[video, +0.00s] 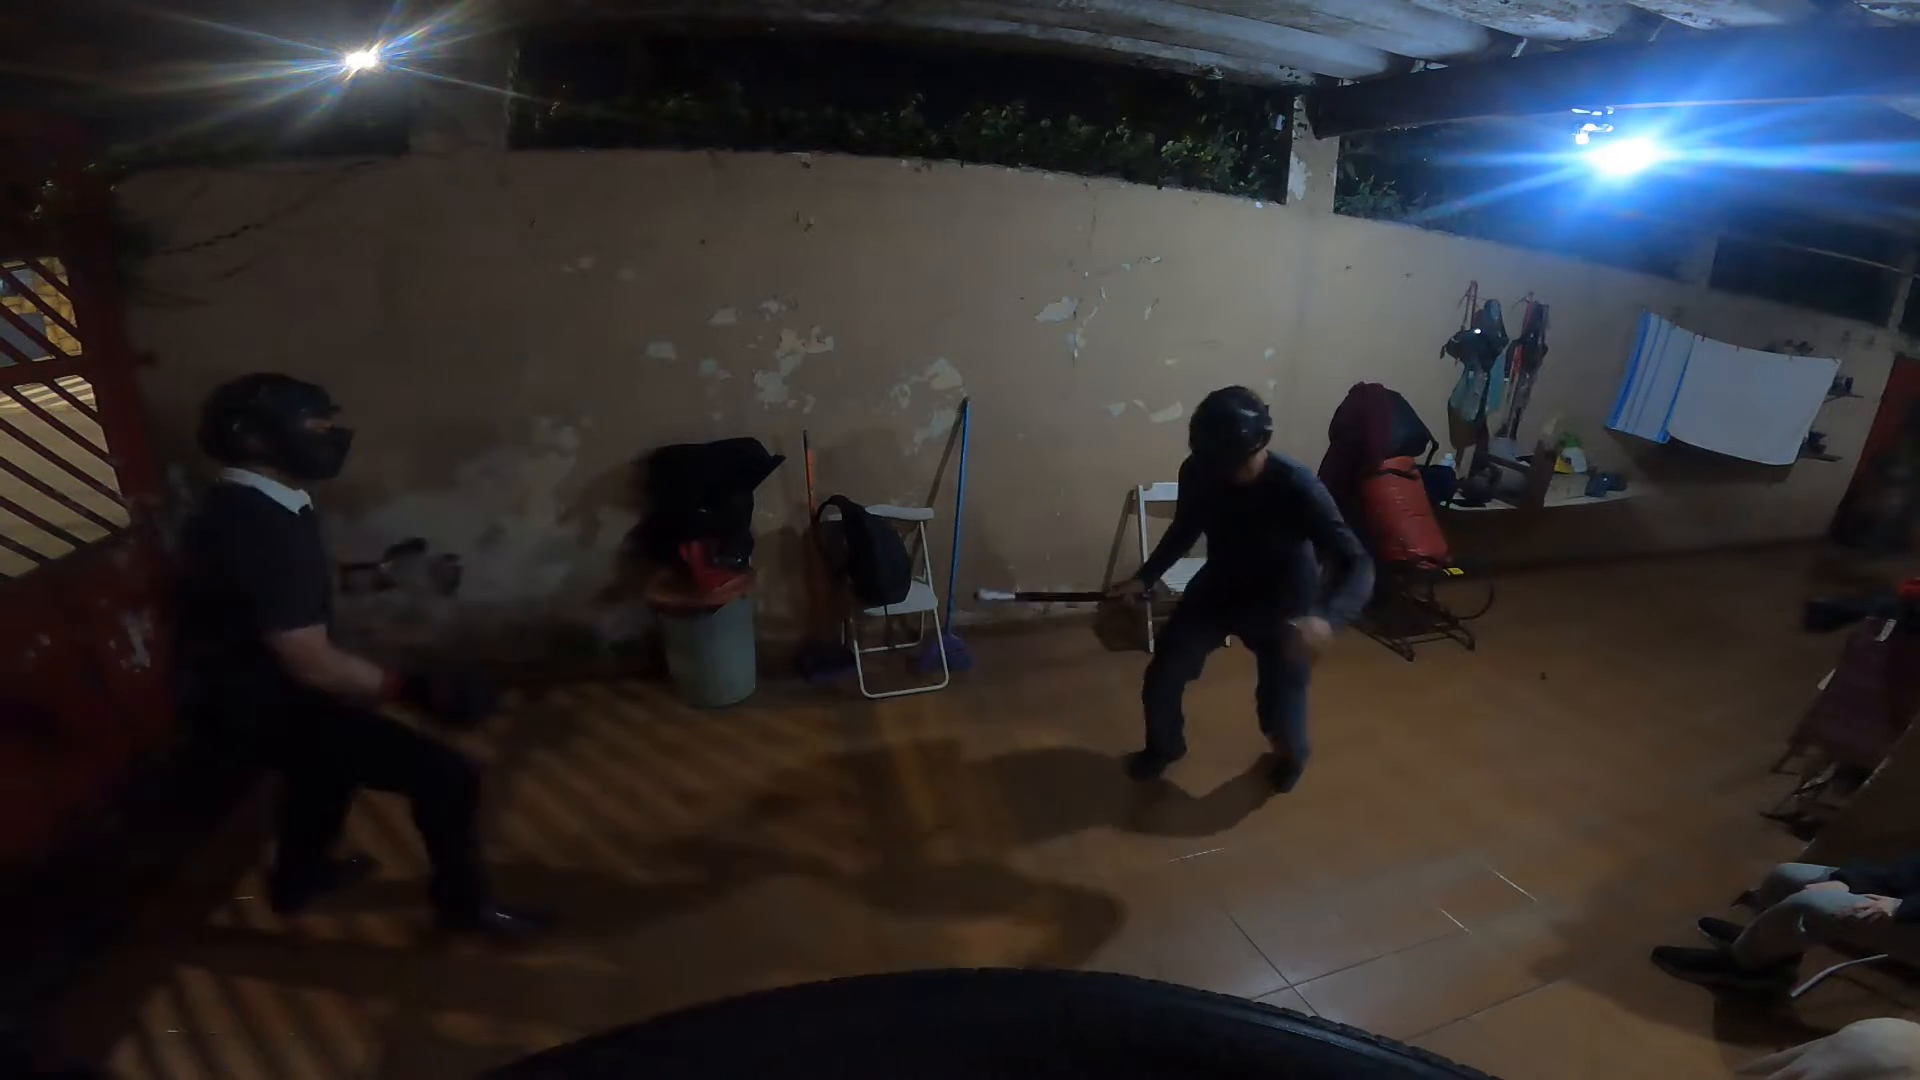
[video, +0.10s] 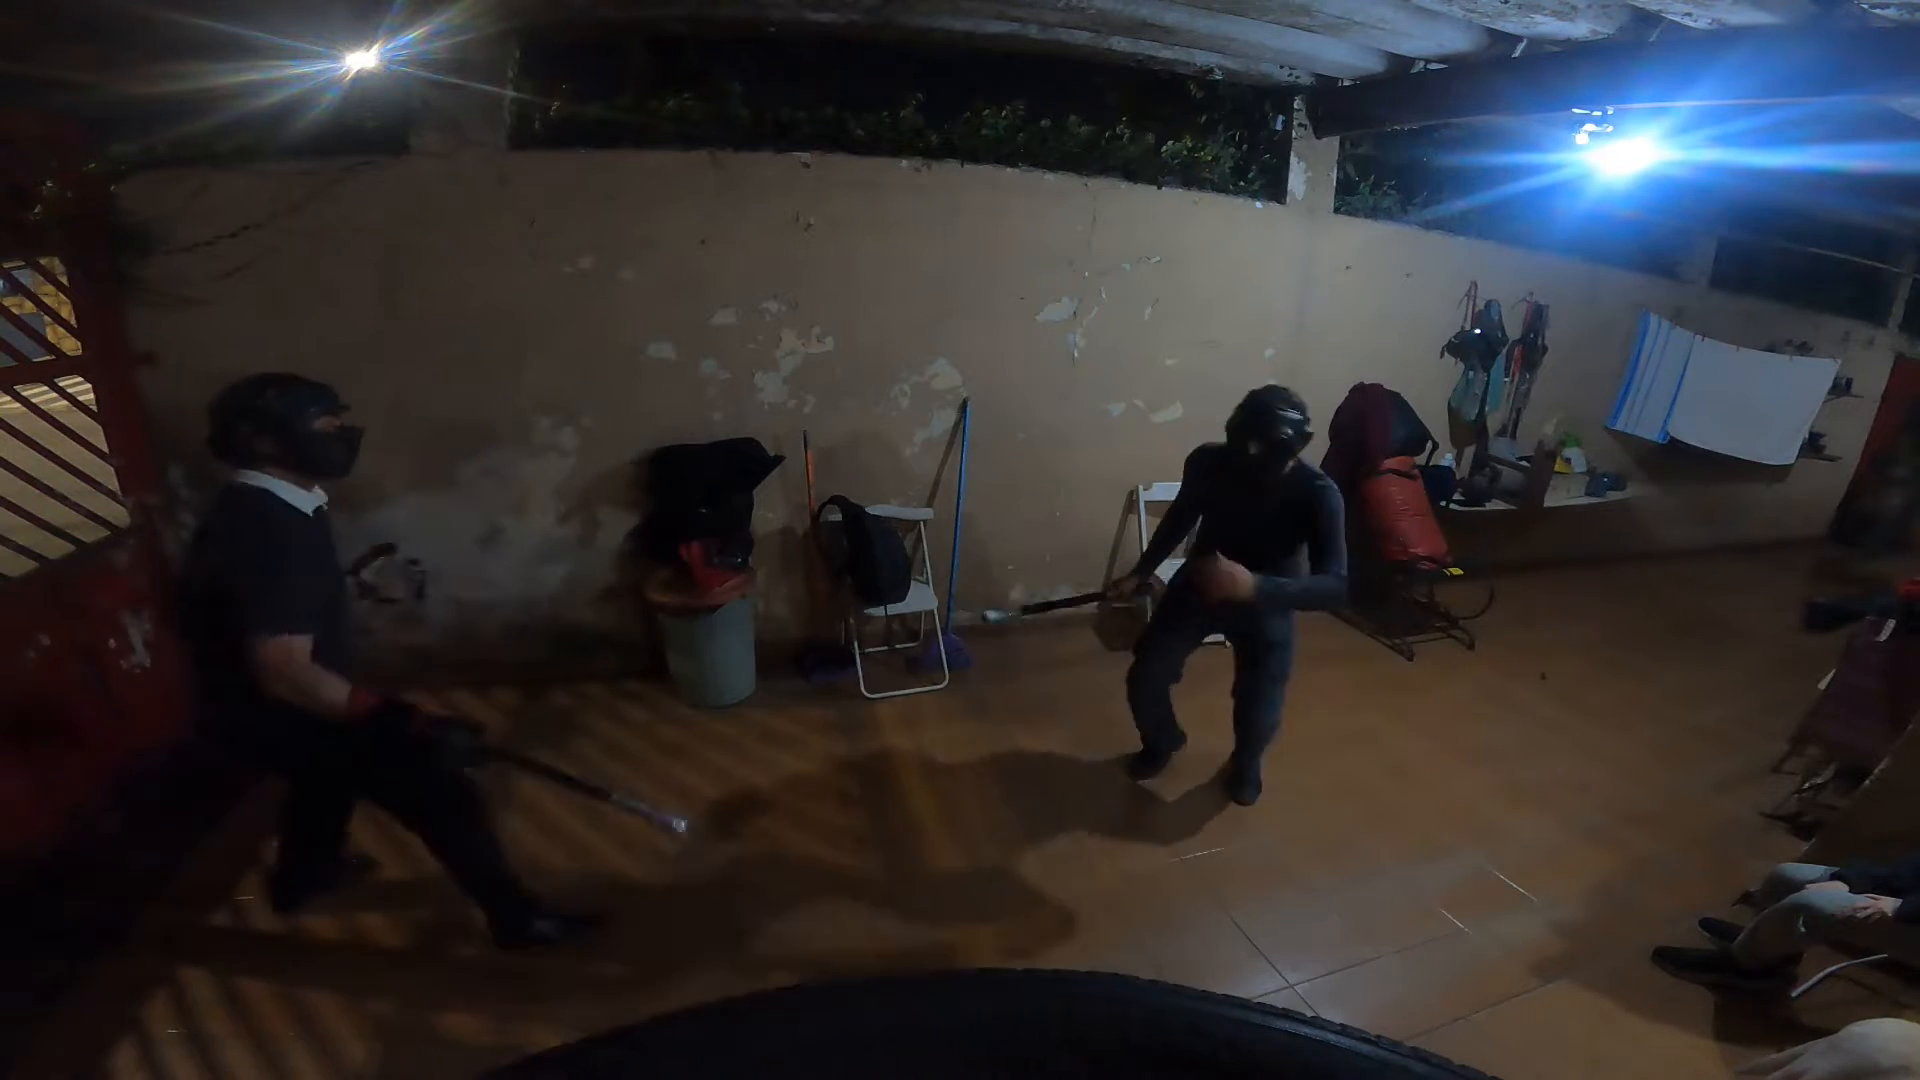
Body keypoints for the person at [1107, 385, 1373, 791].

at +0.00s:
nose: (1228, 471)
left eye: (1236, 461)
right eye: (1219, 461)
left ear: (1259, 448)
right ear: (1207, 452)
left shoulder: (1295, 485)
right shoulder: (1199, 473)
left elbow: (1357, 563)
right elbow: (1185, 528)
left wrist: (1329, 617)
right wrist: (1146, 577)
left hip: (1282, 599)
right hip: (1219, 589)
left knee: (1280, 714)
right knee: (1161, 681)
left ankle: (1292, 758)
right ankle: (1164, 747)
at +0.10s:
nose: (1254, 466)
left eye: (1267, 458)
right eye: (1247, 452)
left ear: (1292, 452)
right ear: (1237, 438)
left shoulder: (1318, 494)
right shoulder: (1208, 464)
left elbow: (1334, 587)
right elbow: (1180, 517)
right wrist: (1141, 573)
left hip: (1270, 601)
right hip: (1199, 585)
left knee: (1261, 715)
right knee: (1146, 678)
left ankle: (1248, 765)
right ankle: (1161, 740)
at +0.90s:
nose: (1255, 485)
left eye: (1264, 476)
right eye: (1250, 471)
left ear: (1270, 474)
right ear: (1221, 461)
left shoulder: (1267, 517)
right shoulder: (1161, 480)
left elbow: (1331, 554)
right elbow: (1121, 533)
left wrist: (1384, 559)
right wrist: (1092, 580)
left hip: (1202, 640)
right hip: (1128, 632)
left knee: (1257, 737)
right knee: (1057, 728)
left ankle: (1248, 778)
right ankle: (977, 824)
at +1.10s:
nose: (1304, 416)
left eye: (1317, 414)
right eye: (1309, 409)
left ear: (1345, 430)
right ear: (1312, 415)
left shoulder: (1364, 491)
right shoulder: (1281, 442)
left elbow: (1384, 583)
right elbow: (1226, 470)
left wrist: (1345, 602)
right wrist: (1153, 479)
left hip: (1277, 613)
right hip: (1219, 585)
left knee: (1249, 711)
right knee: (1142, 676)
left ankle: (1238, 778)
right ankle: (1155, 738)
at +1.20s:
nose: (1323, 409)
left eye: (1335, 404)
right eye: (1324, 398)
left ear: (1365, 414)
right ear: (1322, 397)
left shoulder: (1390, 471)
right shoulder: (1301, 428)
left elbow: (1407, 564)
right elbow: (1254, 463)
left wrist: (1358, 612)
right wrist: (1178, 472)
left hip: (1312, 601)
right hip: (1256, 572)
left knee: (1266, 698)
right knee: (1198, 654)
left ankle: (1242, 764)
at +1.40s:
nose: (1350, 425)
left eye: (1361, 417)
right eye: (1345, 413)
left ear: (1387, 414)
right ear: (1339, 407)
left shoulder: (1419, 464)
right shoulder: (1325, 440)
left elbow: (1461, 532)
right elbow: (1301, 484)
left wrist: (1428, 594)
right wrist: (1239, 512)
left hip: (1381, 588)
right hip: (1327, 578)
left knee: (1340, 677)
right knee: (1325, 672)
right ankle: (1343, 732)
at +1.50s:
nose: (1361, 422)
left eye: (1371, 416)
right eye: (1359, 412)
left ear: (1401, 419)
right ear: (1354, 407)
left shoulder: (1430, 462)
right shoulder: (1342, 443)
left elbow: (1484, 533)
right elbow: (1324, 498)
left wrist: (1455, 588)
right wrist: (1281, 538)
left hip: (1397, 586)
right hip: (1342, 575)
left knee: (1376, 679)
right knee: (1329, 665)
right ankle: (1354, 719)